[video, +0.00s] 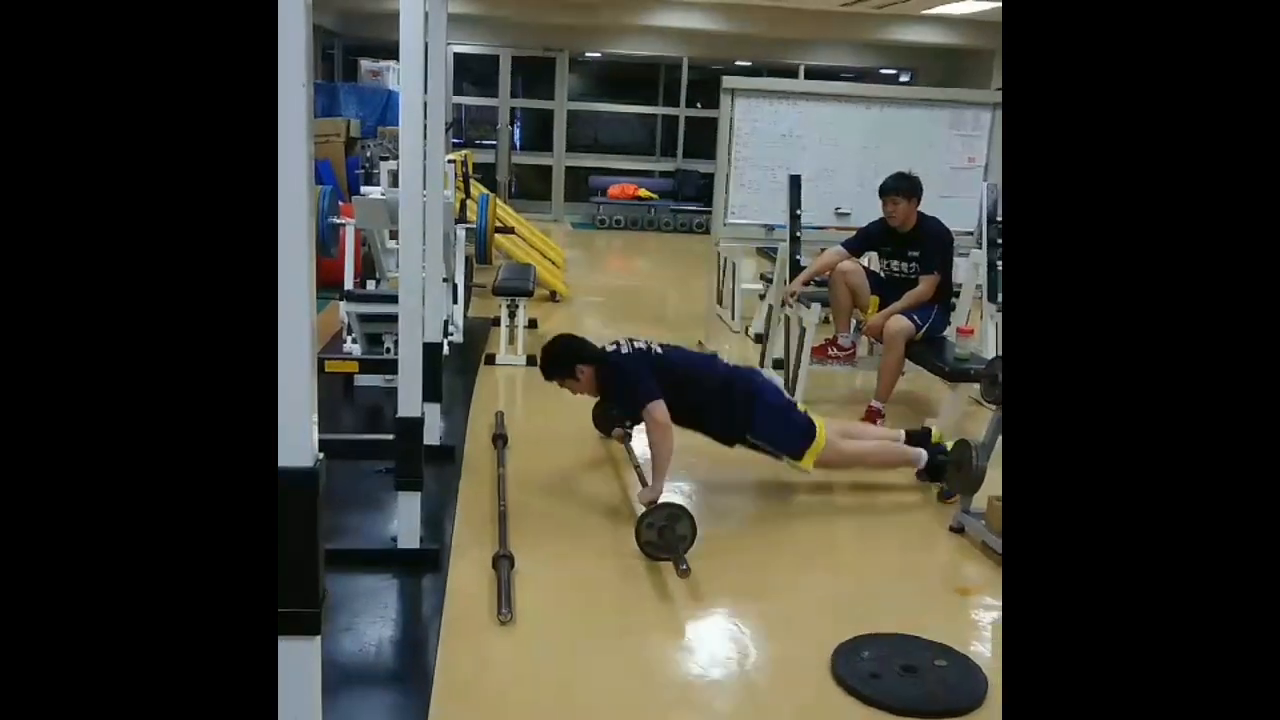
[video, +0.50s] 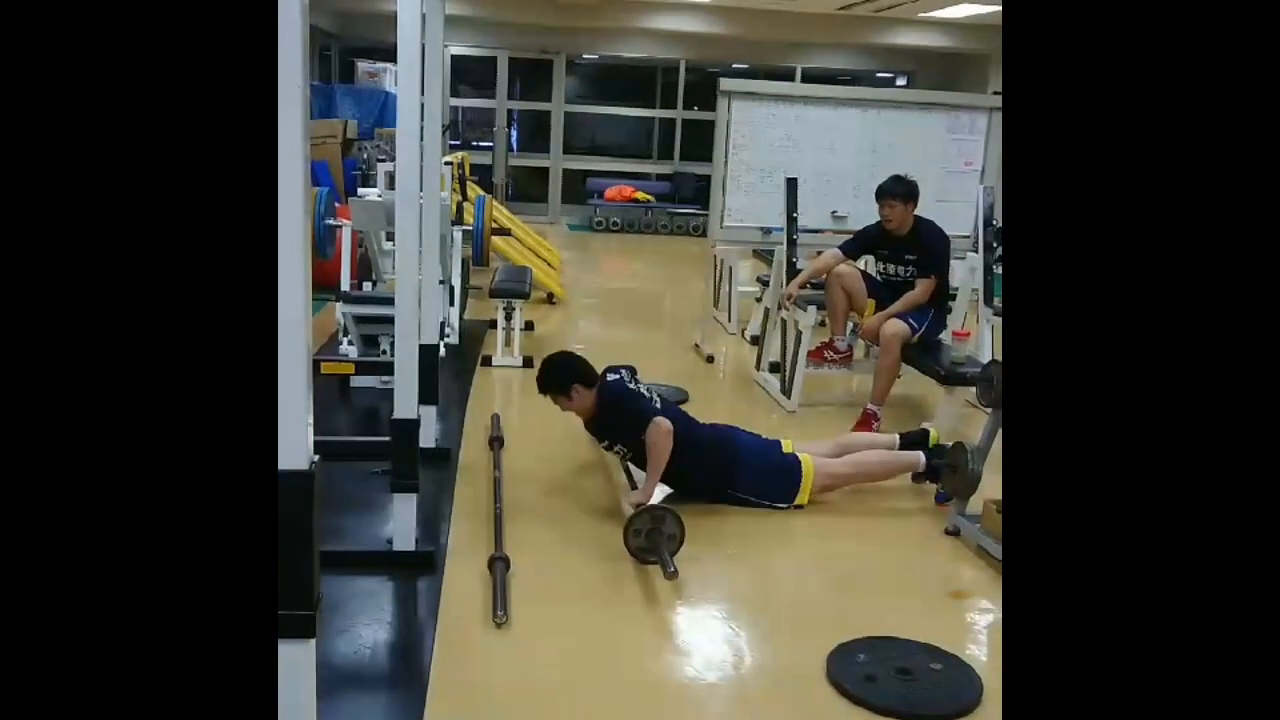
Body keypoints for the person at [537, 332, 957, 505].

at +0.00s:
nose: (575, 392)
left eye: (570, 384)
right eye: (566, 387)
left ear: (583, 369)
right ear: (583, 361)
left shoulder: (628, 373)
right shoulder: (617, 355)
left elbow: (661, 428)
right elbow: (640, 396)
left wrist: (656, 489)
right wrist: (617, 416)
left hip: (748, 409)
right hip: (748, 391)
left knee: (827, 455)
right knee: (823, 432)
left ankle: (930, 460)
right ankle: (915, 438)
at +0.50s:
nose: (562, 408)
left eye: (561, 401)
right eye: (557, 402)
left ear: (577, 389)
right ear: (576, 385)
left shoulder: (616, 399)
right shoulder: (600, 394)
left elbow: (661, 428)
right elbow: (647, 418)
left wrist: (647, 489)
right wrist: (636, 459)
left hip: (730, 465)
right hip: (727, 445)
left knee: (828, 477)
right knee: (822, 453)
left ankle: (931, 461)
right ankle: (914, 439)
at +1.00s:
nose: (582, 366)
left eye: (579, 359)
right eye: (577, 361)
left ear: (593, 347)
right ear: (596, 341)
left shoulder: (629, 355)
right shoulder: (622, 336)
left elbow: (641, 429)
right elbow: (626, 386)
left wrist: (643, 492)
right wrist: (620, 418)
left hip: (765, 315)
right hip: (742, 310)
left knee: (765, 422)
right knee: (736, 403)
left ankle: (852, 465)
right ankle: (819, 436)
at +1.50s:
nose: (603, 280)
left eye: (607, 271)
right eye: (604, 272)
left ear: (632, 276)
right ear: (634, 276)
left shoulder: (667, 310)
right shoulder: (652, 302)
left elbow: (671, 389)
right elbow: (641, 348)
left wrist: (653, 449)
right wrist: (627, 387)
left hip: (772, 351)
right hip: (751, 341)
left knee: (687, 400)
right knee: (678, 388)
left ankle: (705, 505)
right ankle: (690, 467)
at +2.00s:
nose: (721, 77)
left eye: (730, 71)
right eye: (725, 70)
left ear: (751, 83)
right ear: (743, 82)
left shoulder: (759, 126)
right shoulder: (722, 125)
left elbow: (779, 170)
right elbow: (697, 153)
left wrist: (731, 159)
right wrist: (666, 146)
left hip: (710, 264)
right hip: (678, 256)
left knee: (698, 370)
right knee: (671, 349)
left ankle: (719, 483)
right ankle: (690, 434)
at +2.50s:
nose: (713, 118)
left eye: (724, 111)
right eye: (714, 112)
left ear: (743, 127)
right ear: (716, 125)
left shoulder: (739, 173)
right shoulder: (711, 167)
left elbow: (737, 100)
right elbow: (710, 104)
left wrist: (744, 36)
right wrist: (706, 58)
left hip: (709, 311)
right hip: (683, 306)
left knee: (704, 421)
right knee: (676, 399)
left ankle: (736, 532)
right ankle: (701, 478)